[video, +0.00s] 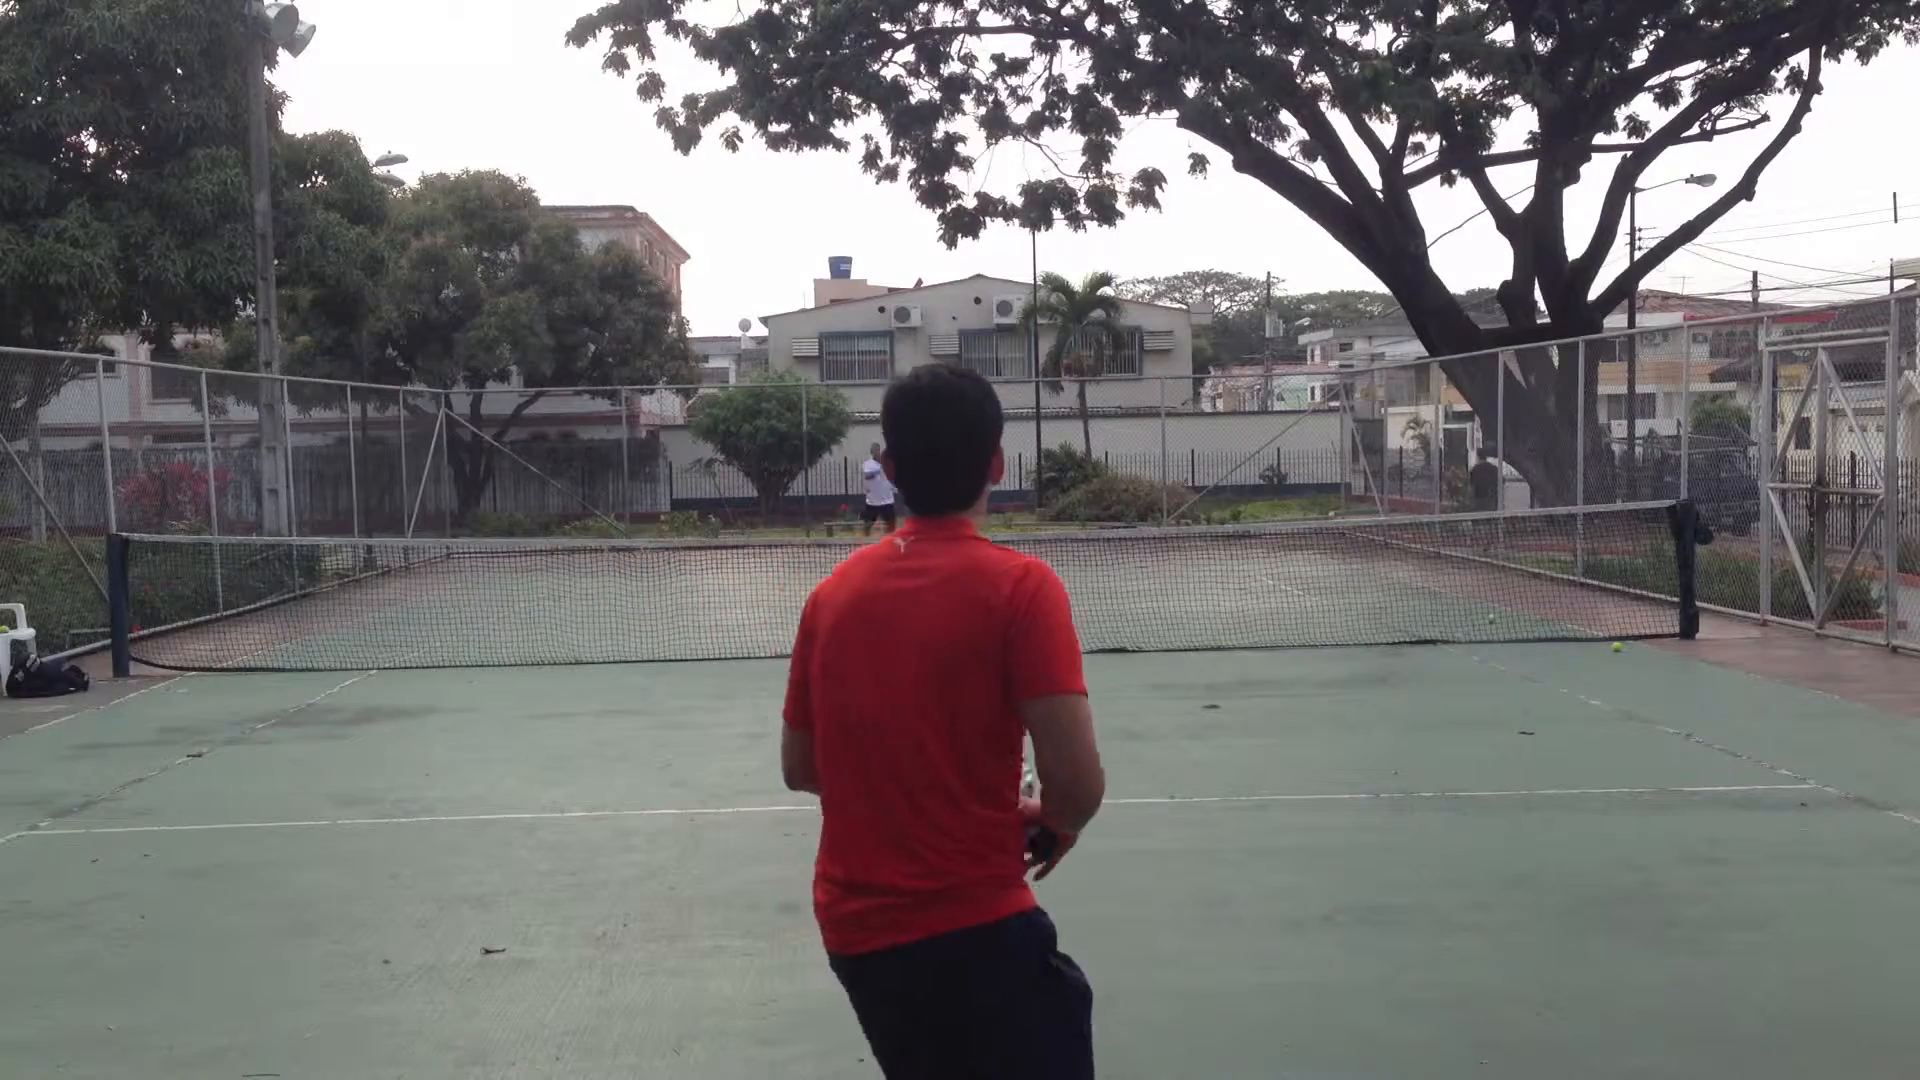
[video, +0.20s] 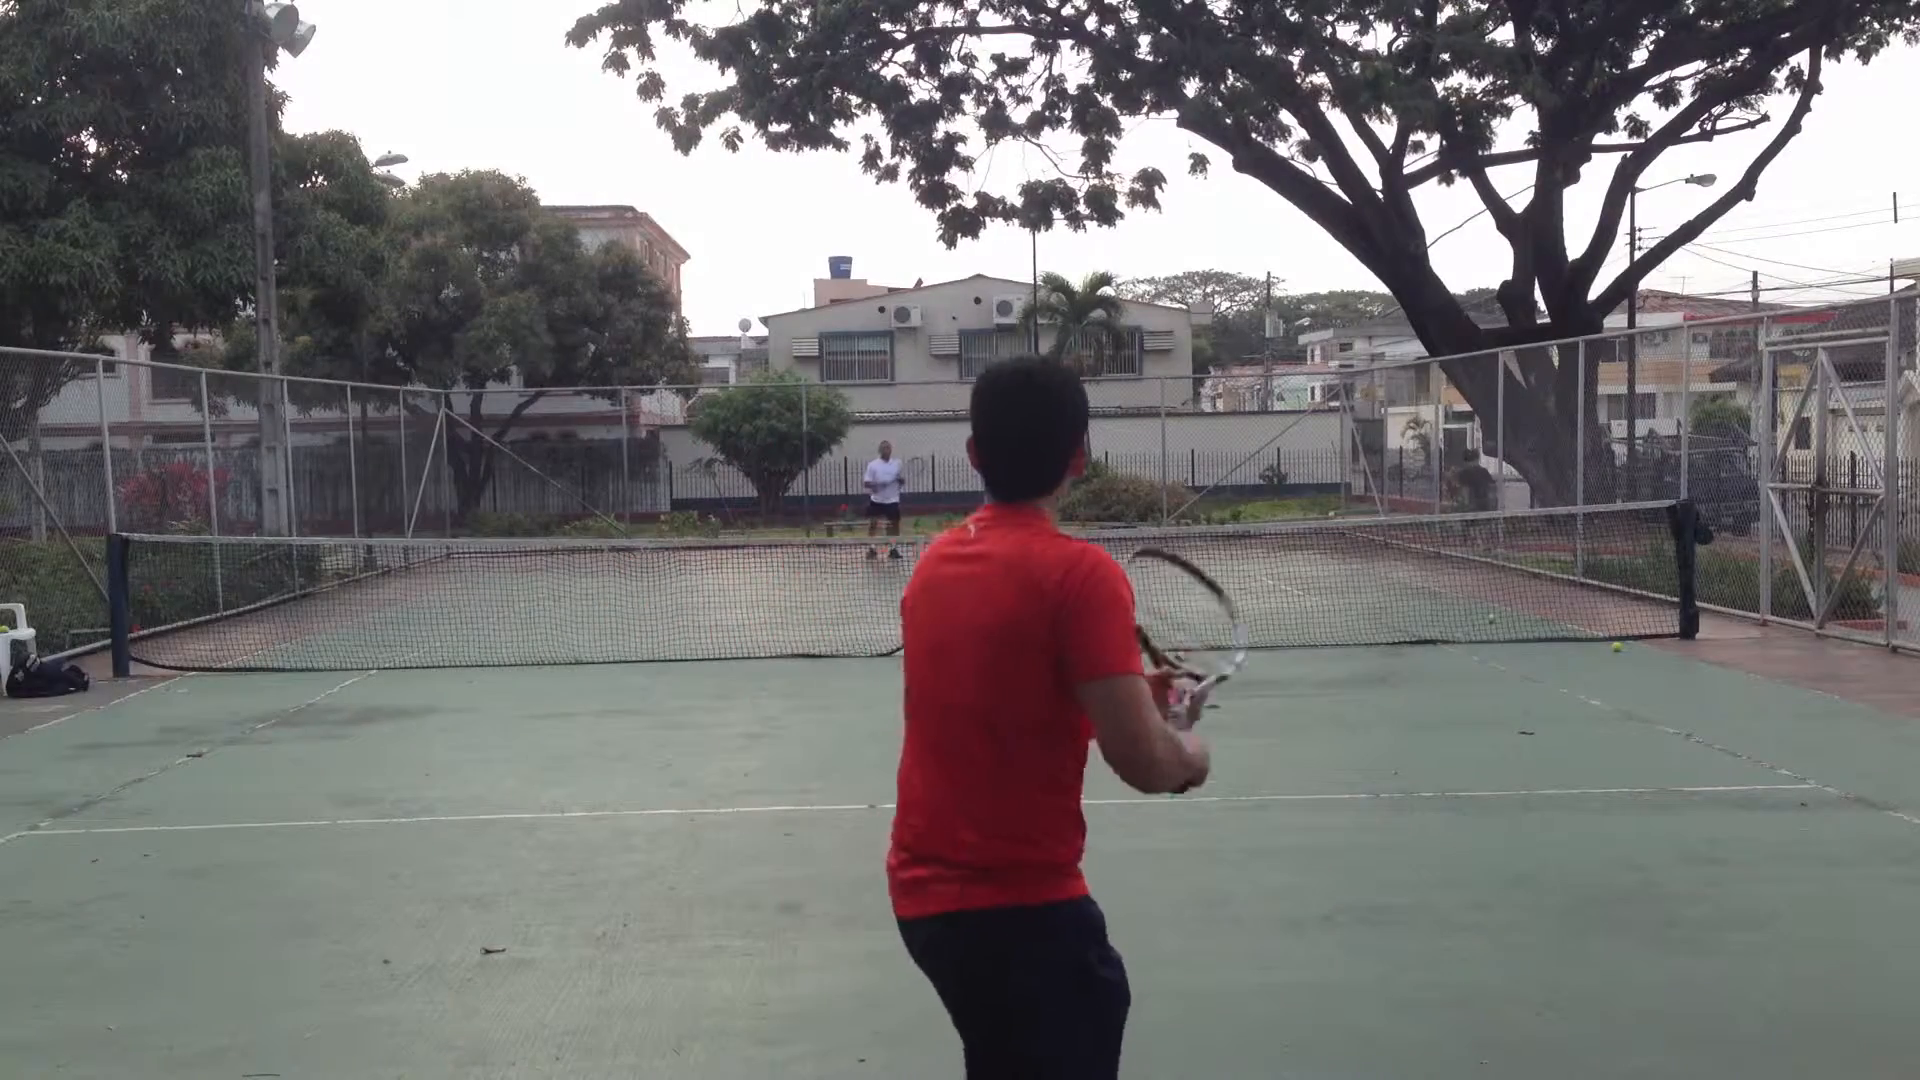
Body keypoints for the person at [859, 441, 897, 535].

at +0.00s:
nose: (877, 453)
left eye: (878, 450)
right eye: (875, 450)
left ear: (881, 451)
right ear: (871, 452)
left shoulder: (887, 464)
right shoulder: (868, 464)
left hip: (887, 500)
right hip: (872, 500)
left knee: (891, 527)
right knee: (867, 527)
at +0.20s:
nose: (887, 451)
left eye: (888, 448)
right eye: (884, 448)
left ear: (891, 450)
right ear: (880, 450)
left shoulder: (897, 463)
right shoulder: (873, 465)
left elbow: (898, 479)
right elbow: (866, 482)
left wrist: (900, 480)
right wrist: (878, 484)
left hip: (892, 500)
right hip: (876, 500)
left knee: (894, 525)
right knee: (873, 524)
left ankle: (893, 547)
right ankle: (871, 548)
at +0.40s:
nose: (886, 451)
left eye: (888, 449)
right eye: (884, 449)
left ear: (891, 450)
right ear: (880, 451)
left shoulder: (897, 464)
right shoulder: (872, 466)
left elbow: (901, 480)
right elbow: (866, 482)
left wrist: (898, 481)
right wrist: (877, 487)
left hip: (894, 500)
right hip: (879, 500)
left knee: (899, 523)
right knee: (879, 523)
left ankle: (898, 546)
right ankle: (881, 547)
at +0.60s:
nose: (886, 451)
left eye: (887, 449)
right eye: (883, 449)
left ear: (891, 450)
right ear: (880, 451)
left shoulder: (898, 464)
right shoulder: (874, 467)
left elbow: (904, 479)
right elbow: (868, 484)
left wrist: (901, 482)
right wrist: (877, 488)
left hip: (898, 500)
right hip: (882, 501)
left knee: (907, 521)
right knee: (880, 524)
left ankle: (910, 544)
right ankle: (882, 548)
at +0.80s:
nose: (892, 451)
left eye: (894, 449)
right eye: (890, 449)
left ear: (898, 450)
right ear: (886, 451)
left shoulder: (905, 464)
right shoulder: (881, 466)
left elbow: (913, 481)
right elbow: (875, 483)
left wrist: (905, 481)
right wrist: (882, 488)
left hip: (903, 501)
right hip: (887, 501)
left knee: (910, 525)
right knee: (885, 525)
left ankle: (915, 548)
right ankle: (884, 549)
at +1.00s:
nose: (898, 452)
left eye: (900, 449)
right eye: (895, 449)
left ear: (903, 450)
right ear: (892, 451)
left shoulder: (910, 464)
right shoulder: (886, 465)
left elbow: (917, 481)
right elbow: (881, 483)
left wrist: (910, 480)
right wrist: (890, 487)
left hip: (907, 500)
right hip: (891, 500)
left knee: (912, 524)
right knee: (887, 524)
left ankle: (916, 548)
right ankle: (884, 549)